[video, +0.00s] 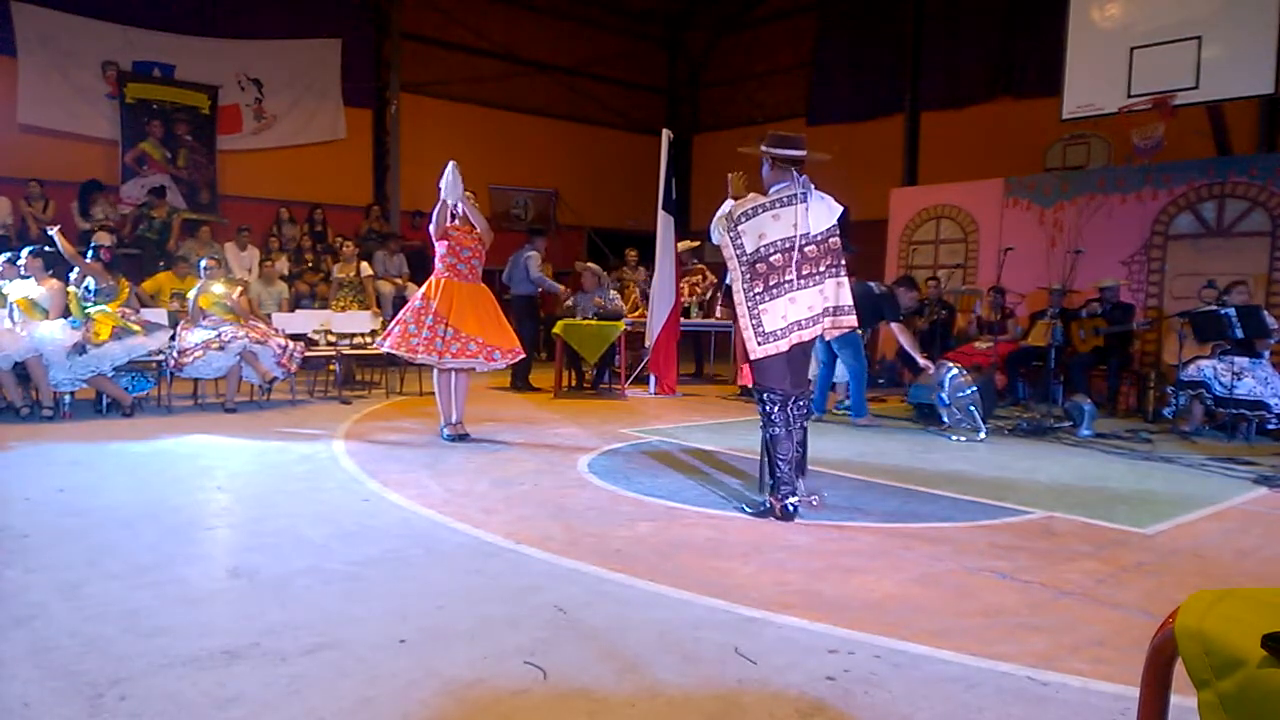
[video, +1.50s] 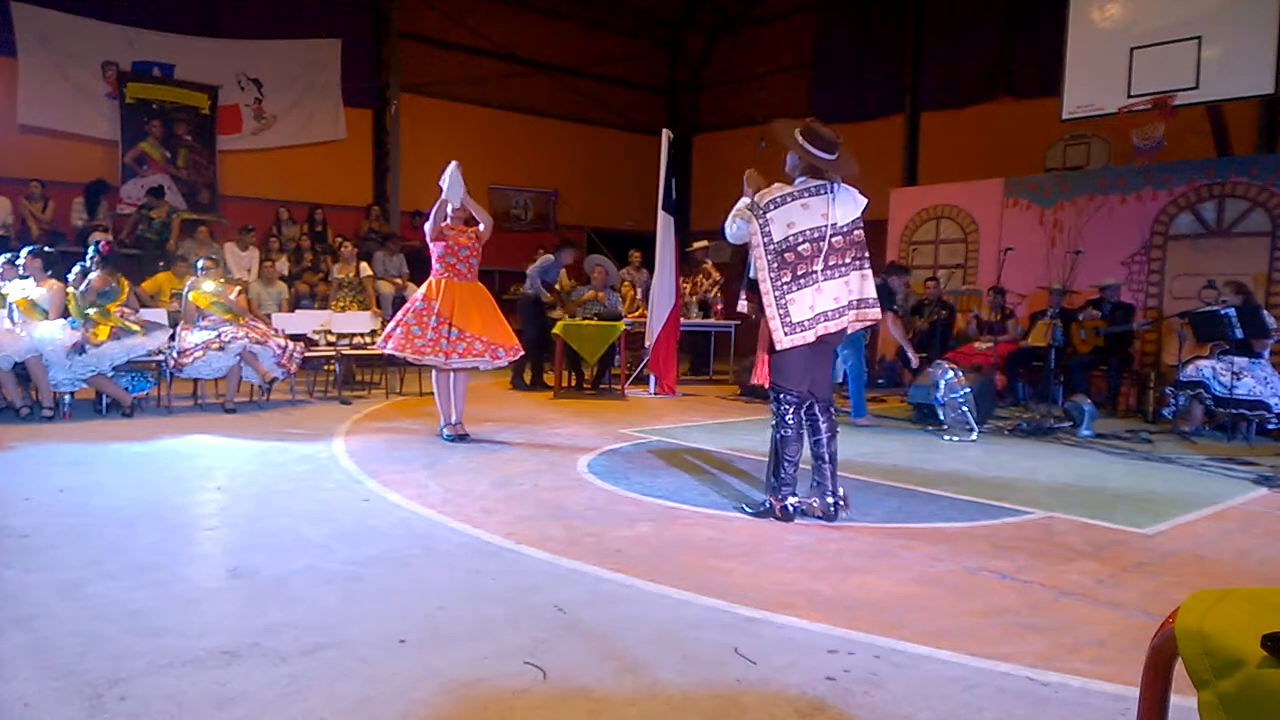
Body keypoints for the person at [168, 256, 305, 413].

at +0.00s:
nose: (208, 273)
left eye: (212, 269)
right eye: (204, 269)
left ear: (221, 270)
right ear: (200, 272)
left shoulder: (235, 289)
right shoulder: (196, 293)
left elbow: (246, 314)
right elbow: (194, 320)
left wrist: (233, 303)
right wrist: (197, 295)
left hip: (233, 327)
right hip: (208, 329)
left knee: (236, 358)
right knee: (239, 342)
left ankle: (229, 401)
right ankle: (264, 375)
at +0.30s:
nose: (207, 273)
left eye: (211, 269)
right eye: (204, 270)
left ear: (221, 270)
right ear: (200, 273)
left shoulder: (235, 289)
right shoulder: (198, 293)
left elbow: (246, 314)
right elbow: (193, 319)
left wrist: (230, 301)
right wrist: (193, 293)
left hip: (232, 327)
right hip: (207, 329)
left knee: (236, 358)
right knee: (239, 342)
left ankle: (229, 400)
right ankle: (264, 375)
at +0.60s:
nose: (207, 273)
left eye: (211, 268)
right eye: (203, 270)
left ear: (221, 269)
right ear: (199, 273)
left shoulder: (235, 288)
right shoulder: (198, 293)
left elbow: (246, 313)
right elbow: (191, 319)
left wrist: (229, 299)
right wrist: (191, 293)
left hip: (233, 327)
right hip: (207, 329)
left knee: (236, 357)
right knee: (238, 341)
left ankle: (229, 400)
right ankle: (264, 375)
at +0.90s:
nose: (206, 273)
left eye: (210, 269)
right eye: (203, 270)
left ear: (221, 270)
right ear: (199, 273)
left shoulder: (234, 289)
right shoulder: (197, 293)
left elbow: (245, 313)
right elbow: (191, 319)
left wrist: (227, 299)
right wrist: (190, 293)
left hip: (233, 327)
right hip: (207, 329)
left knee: (236, 357)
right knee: (238, 341)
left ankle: (230, 400)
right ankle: (264, 374)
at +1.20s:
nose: (205, 273)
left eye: (210, 269)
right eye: (202, 270)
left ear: (220, 270)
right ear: (198, 273)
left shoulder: (234, 288)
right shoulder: (196, 292)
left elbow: (245, 312)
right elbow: (191, 319)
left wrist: (226, 298)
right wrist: (189, 293)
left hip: (233, 327)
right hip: (206, 329)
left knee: (236, 357)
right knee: (238, 341)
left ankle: (229, 400)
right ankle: (264, 374)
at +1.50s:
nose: (204, 273)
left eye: (209, 269)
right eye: (201, 270)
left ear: (219, 270)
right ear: (197, 273)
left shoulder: (234, 289)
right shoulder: (195, 292)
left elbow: (244, 312)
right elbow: (190, 319)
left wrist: (225, 299)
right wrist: (189, 292)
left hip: (233, 327)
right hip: (206, 329)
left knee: (237, 356)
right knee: (238, 341)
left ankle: (229, 400)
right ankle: (264, 374)